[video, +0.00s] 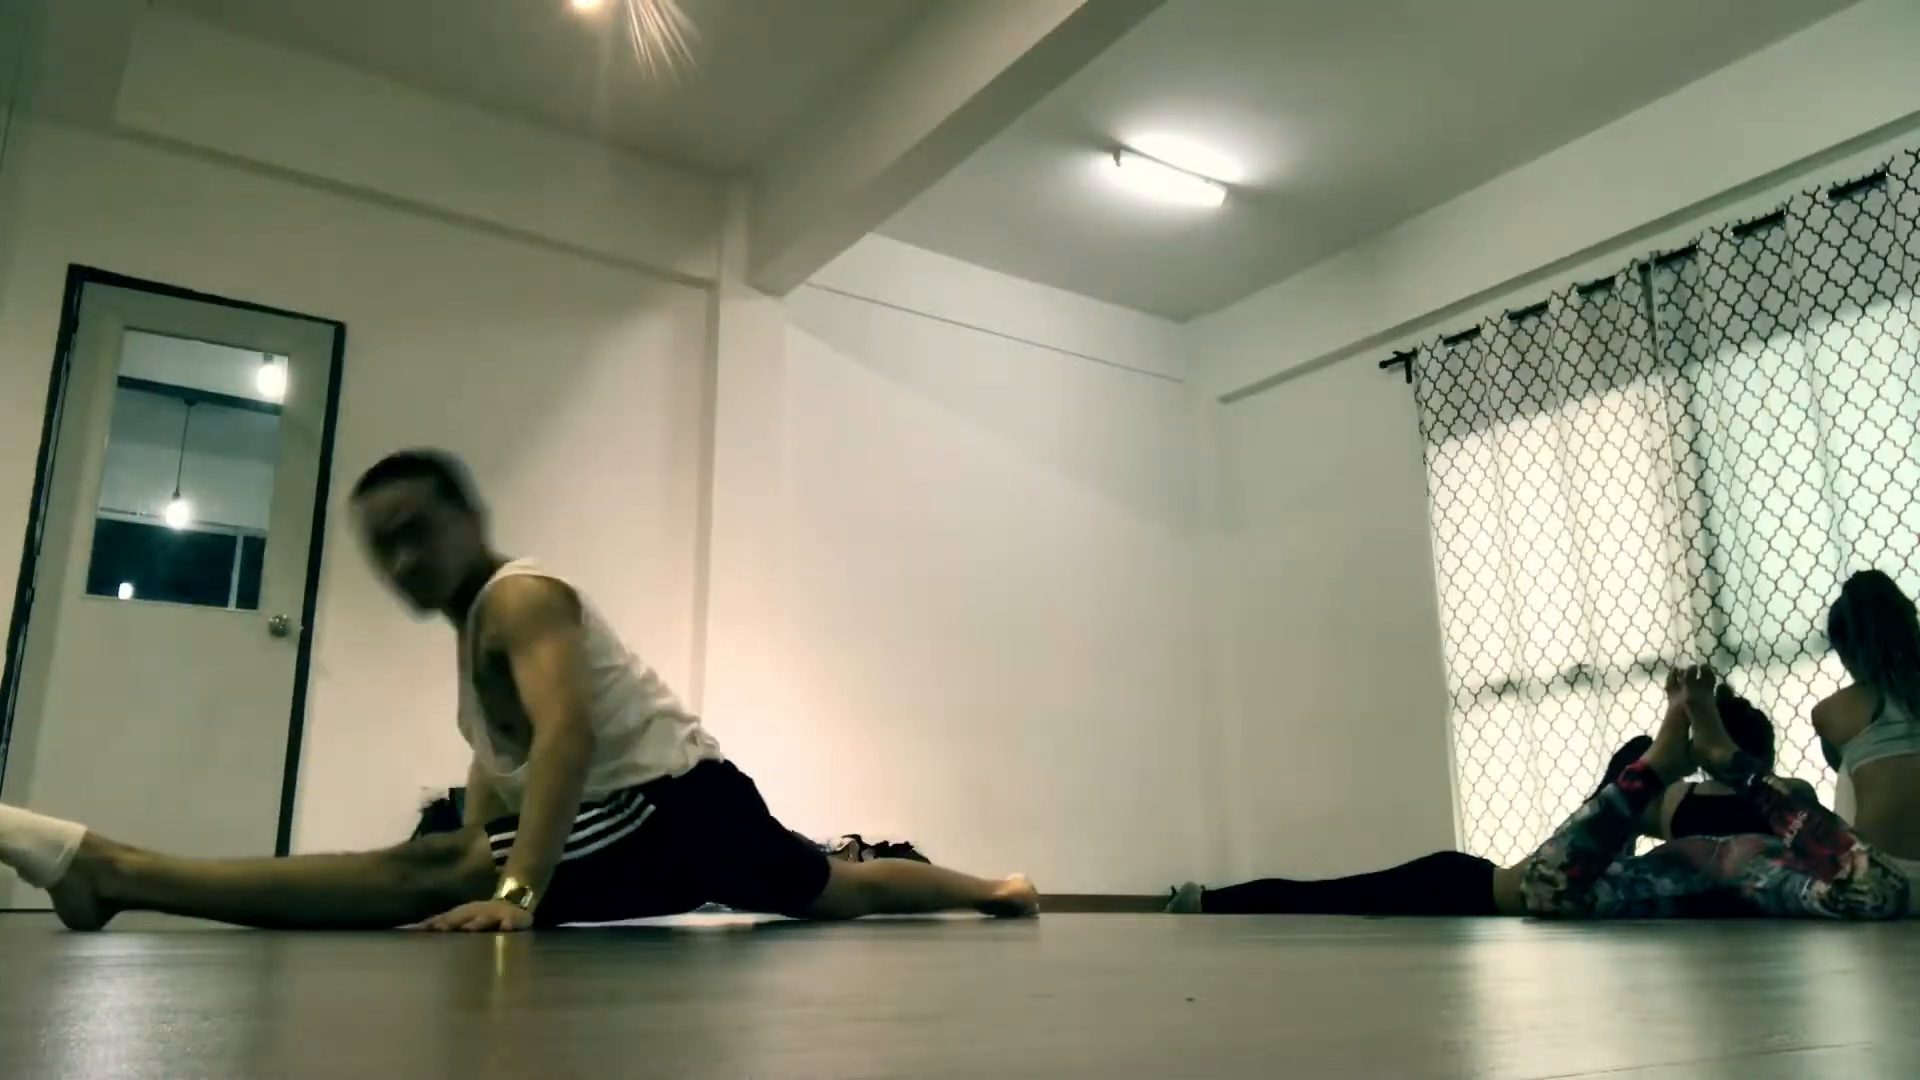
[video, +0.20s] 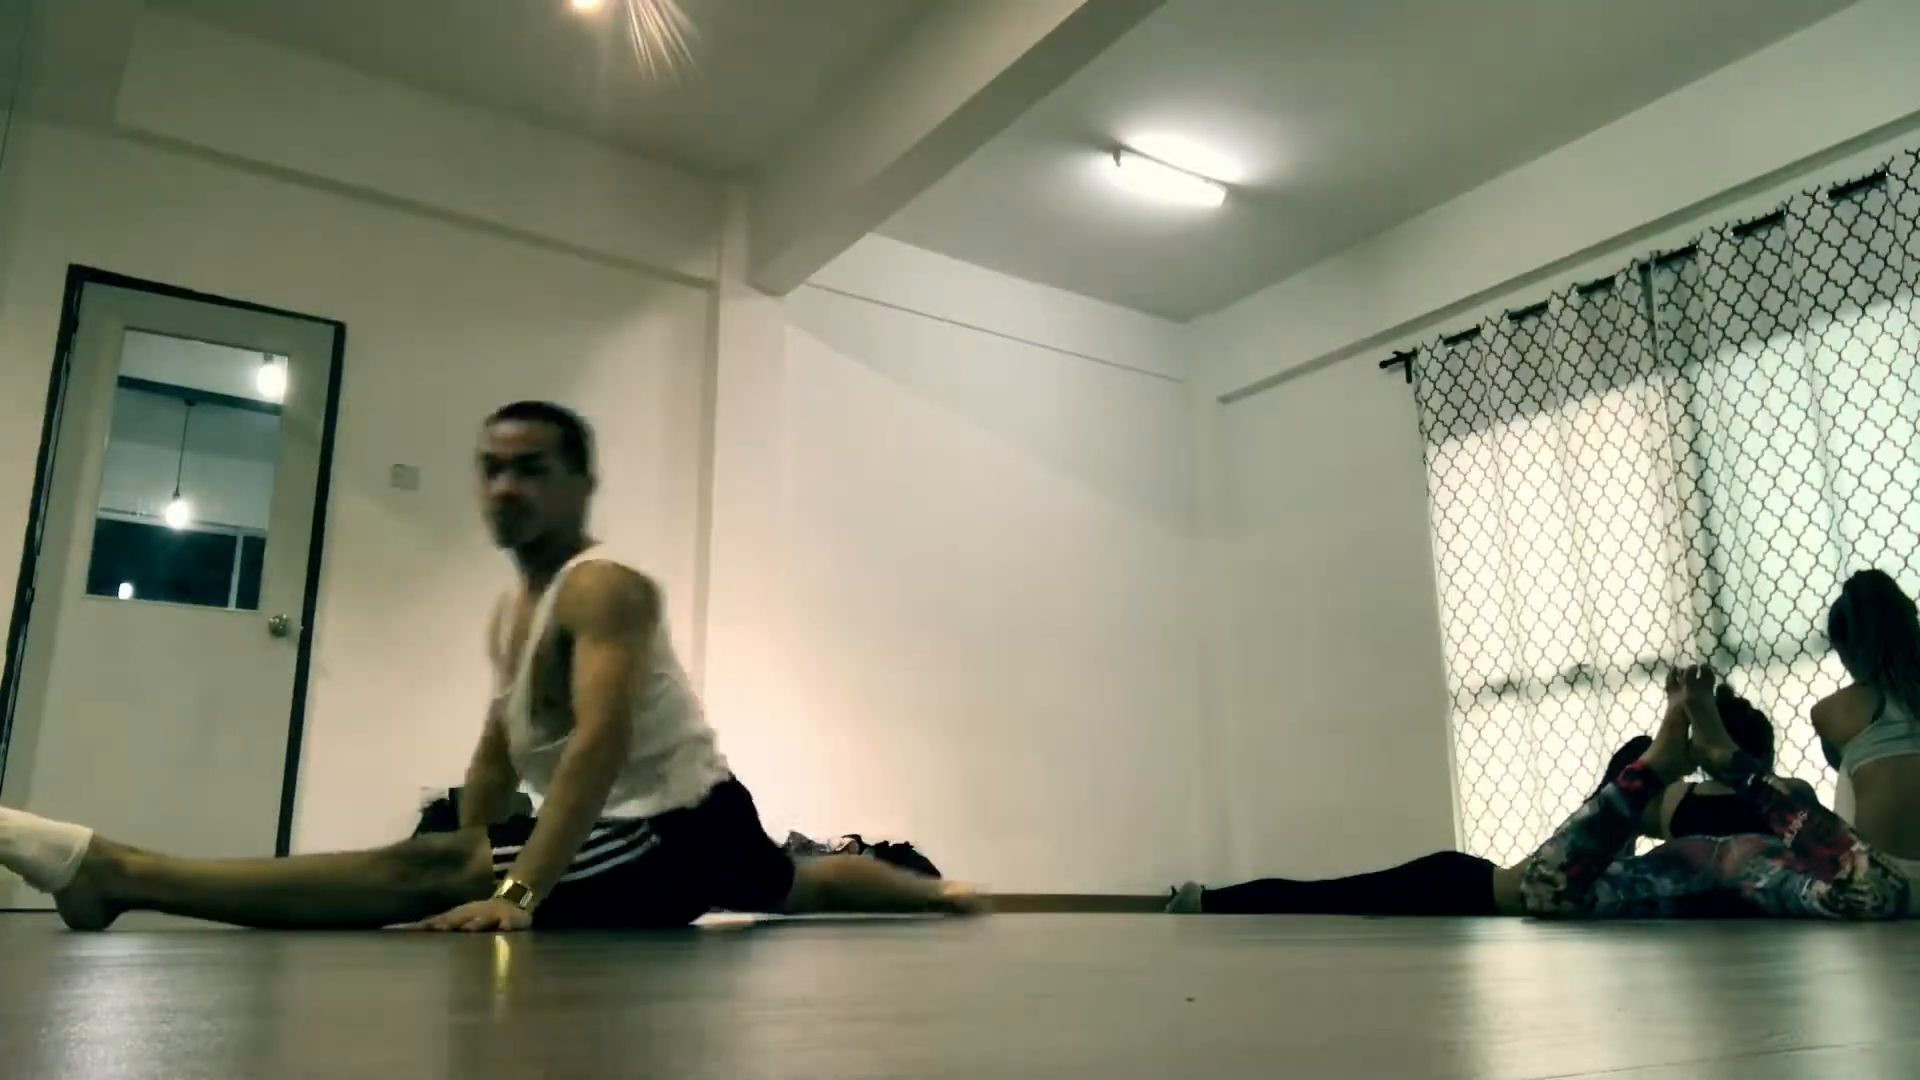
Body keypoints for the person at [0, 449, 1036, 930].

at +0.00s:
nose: (401, 561)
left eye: (414, 532)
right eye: (382, 549)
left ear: (471, 516)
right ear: (382, 565)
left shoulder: (520, 600)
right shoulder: (479, 646)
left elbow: (565, 739)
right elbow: (492, 778)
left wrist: (520, 886)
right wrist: (460, 870)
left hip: (675, 817)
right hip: (677, 820)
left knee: (413, 873)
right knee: (830, 886)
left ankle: (123, 877)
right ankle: (970, 889)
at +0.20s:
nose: (503, 487)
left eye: (528, 468)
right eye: (490, 472)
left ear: (582, 486)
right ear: (483, 494)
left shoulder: (602, 589)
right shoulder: (517, 612)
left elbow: (596, 748)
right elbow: (498, 750)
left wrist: (520, 890)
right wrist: (470, 852)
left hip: (653, 847)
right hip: (686, 834)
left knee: (409, 868)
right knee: (796, 876)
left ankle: (117, 876)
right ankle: (918, 886)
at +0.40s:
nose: (601, 478)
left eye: (623, 462)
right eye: (601, 463)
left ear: (683, 478)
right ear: (624, 481)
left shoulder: (680, 568)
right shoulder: (655, 580)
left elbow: (616, 718)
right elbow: (607, 732)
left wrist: (512, 875)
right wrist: (508, 832)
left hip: (707, 859)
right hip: (676, 846)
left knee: (438, 867)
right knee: (442, 854)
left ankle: (135, 881)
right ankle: (136, 883)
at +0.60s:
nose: (695, 505)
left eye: (714, 487)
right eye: (694, 488)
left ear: (774, 497)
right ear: (727, 500)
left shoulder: (775, 590)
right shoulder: (753, 598)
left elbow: (687, 715)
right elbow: (689, 734)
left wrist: (557, 818)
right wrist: (570, 821)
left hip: (714, 849)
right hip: (692, 839)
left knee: (444, 862)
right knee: (441, 856)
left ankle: (144, 873)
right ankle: (156, 879)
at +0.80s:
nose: (753, 537)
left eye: (773, 519)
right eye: (752, 520)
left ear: (831, 531)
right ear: (773, 532)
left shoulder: (846, 623)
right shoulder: (780, 630)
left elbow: (832, 754)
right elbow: (754, 754)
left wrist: (693, 803)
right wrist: (668, 803)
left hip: (711, 856)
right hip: (680, 836)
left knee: (452, 862)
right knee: (447, 840)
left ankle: (164, 872)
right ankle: (167, 878)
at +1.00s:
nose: (830, 599)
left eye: (850, 588)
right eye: (832, 584)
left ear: (896, 607)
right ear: (843, 594)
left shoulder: (905, 696)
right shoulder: (820, 689)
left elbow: (880, 816)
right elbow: (777, 783)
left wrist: (763, 792)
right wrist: (692, 796)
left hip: (731, 850)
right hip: (693, 822)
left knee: (495, 840)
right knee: (454, 836)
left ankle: (189, 873)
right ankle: (178, 884)